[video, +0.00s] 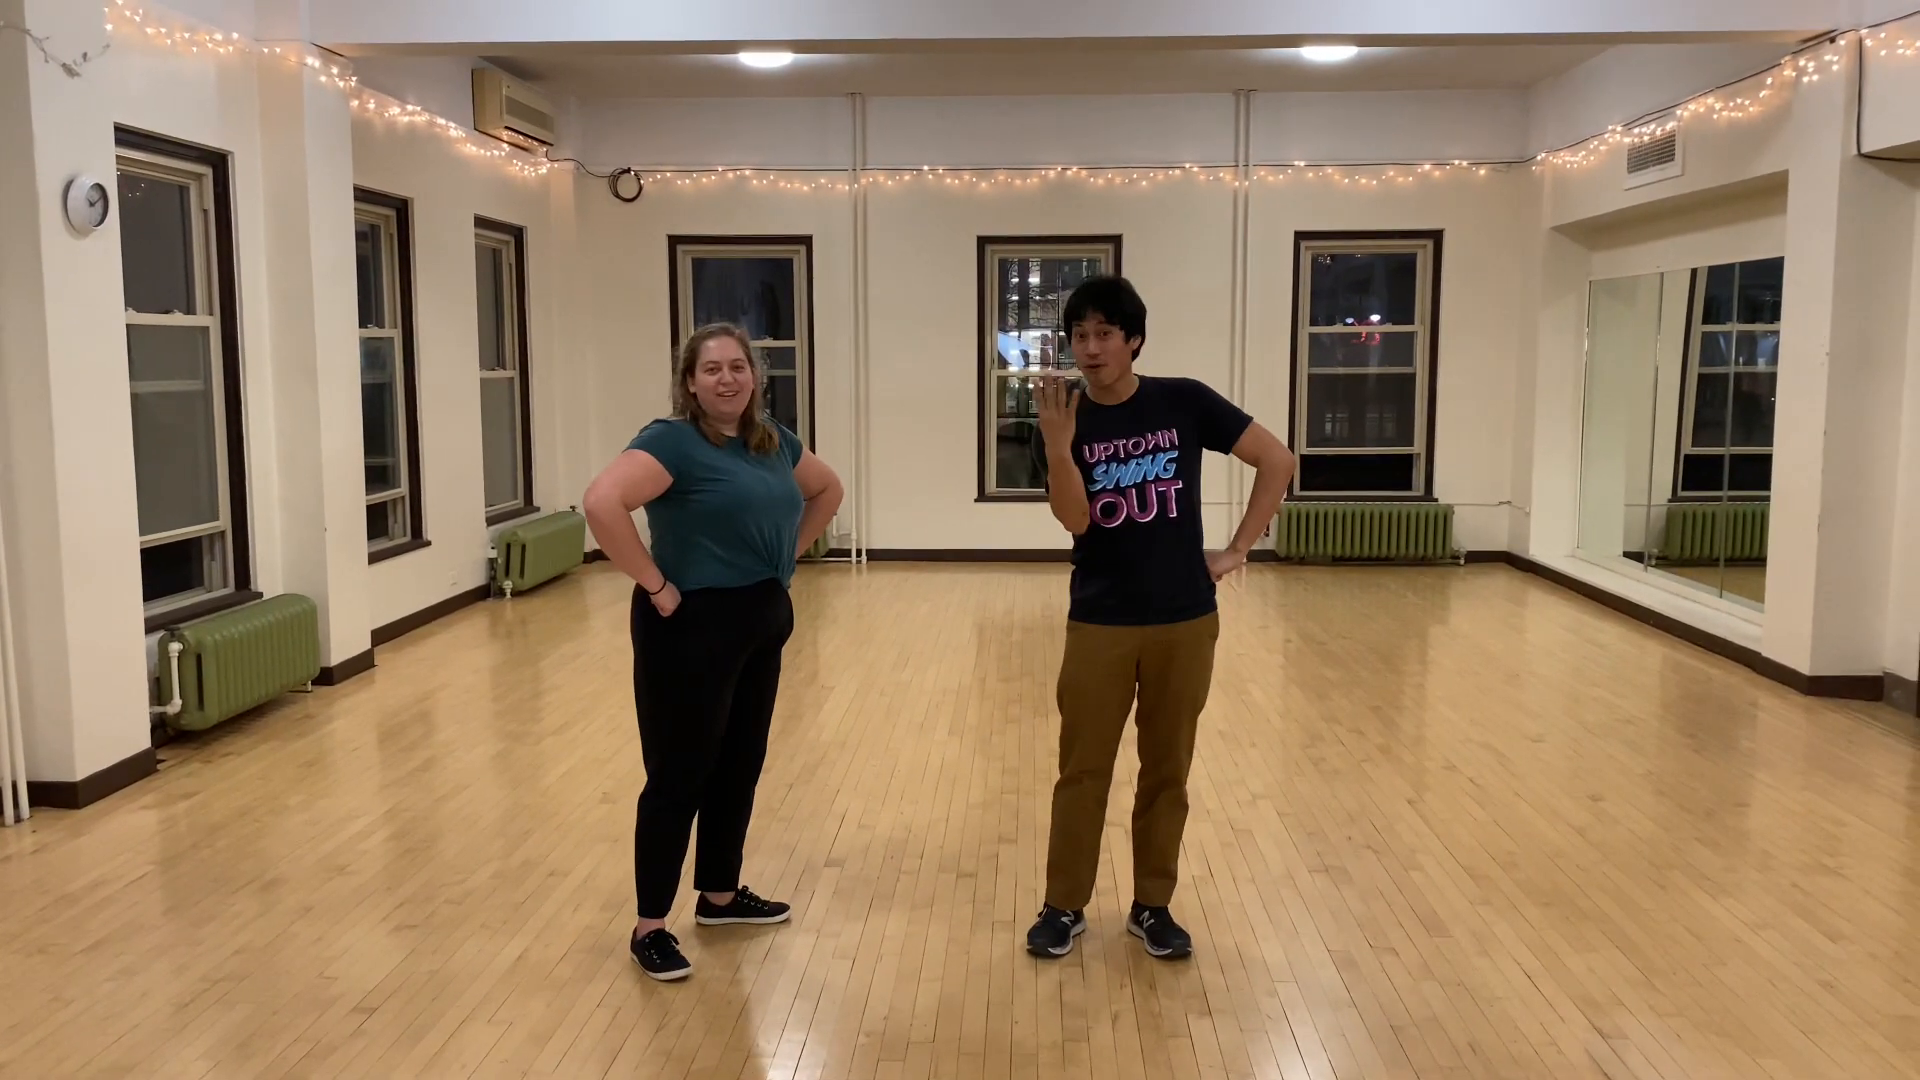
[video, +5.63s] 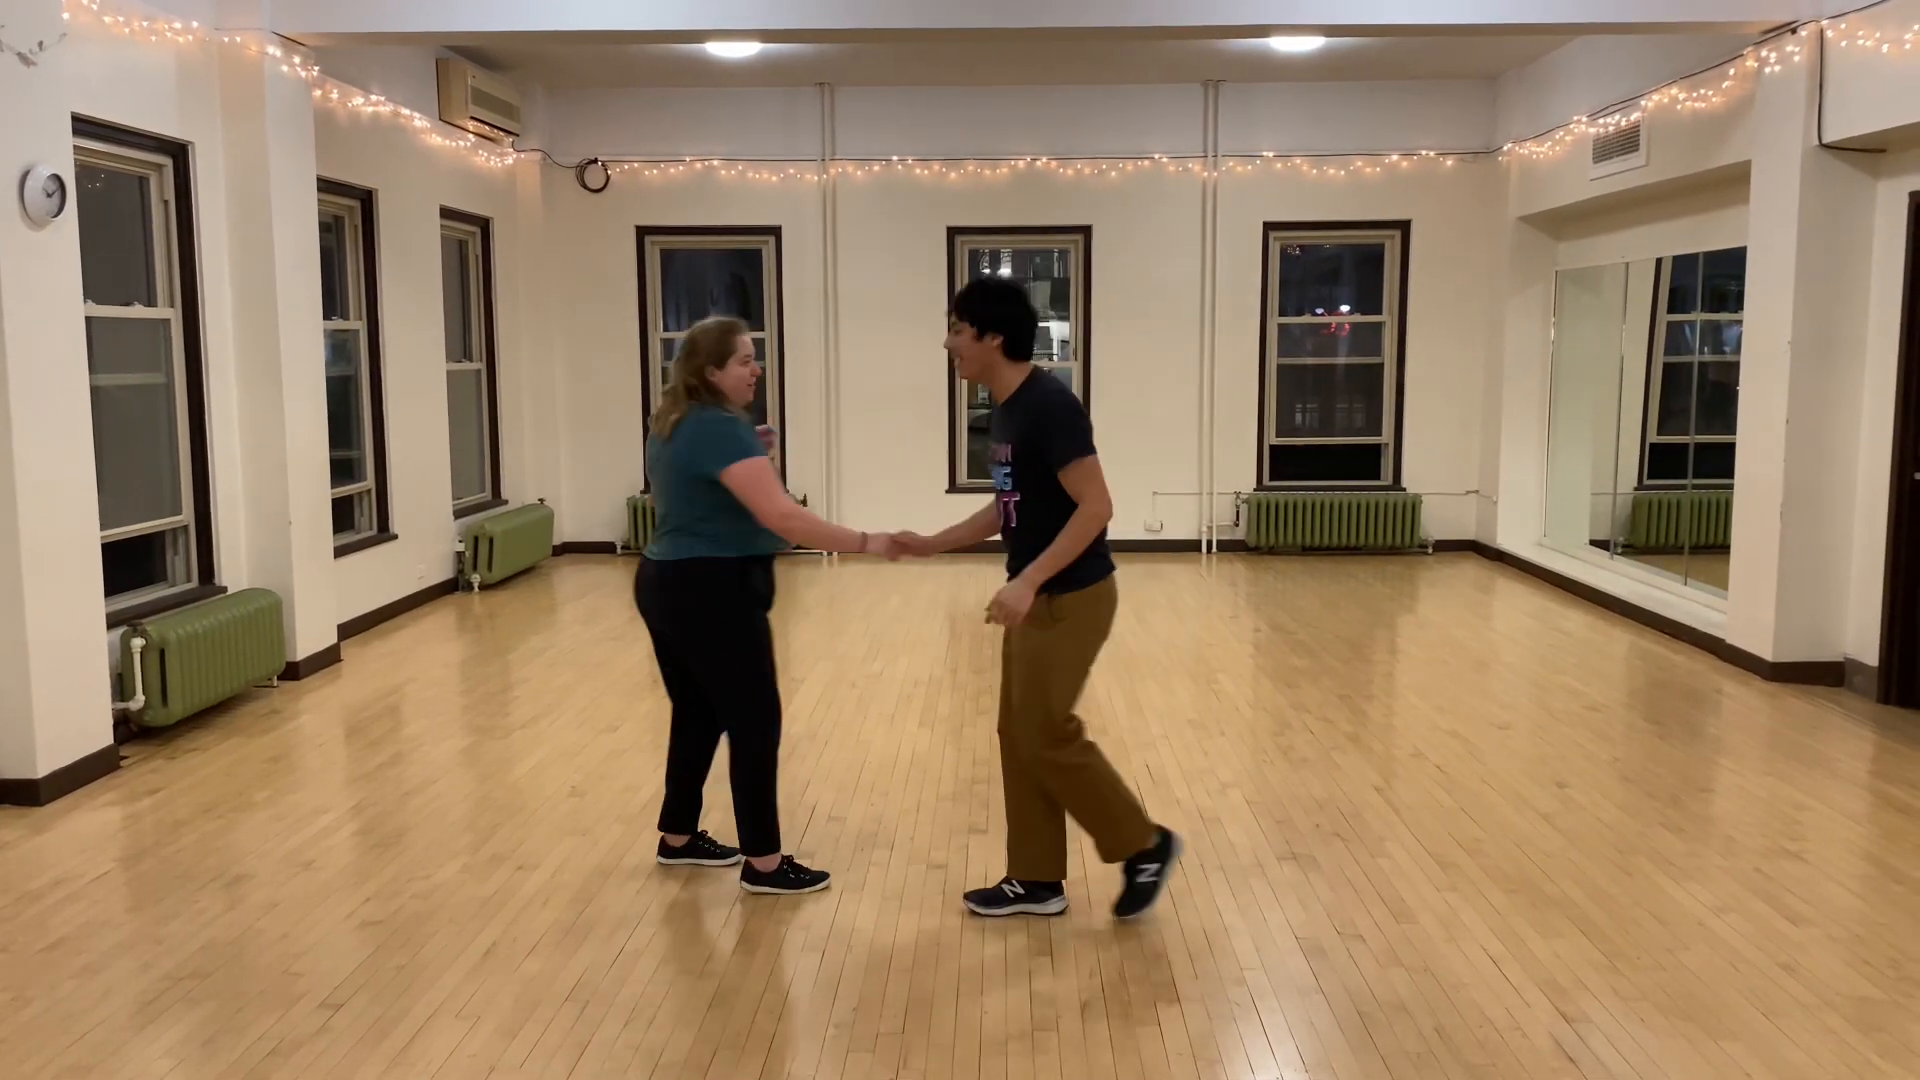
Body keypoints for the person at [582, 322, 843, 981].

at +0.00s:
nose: (728, 377)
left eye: (738, 366)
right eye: (713, 368)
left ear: (755, 377)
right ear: (691, 381)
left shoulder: (771, 442)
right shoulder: (673, 442)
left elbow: (828, 490)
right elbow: (602, 500)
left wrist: (786, 558)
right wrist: (655, 586)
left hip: (758, 621)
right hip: (687, 625)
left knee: (737, 767)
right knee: (677, 775)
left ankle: (719, 894)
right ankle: (650, 925)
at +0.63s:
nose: (774, 385)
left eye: (782, 373)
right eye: (759, 374)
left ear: (792, 380)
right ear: (731, 382)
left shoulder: (794, 443)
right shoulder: (701, 443)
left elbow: (830, 492)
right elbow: (643, 519)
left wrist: (818, 558)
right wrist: (724, 570)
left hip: (776, 614)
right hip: (708, 615)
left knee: (737, 754)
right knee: (753, 757)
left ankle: (711, 892)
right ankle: (745, 906)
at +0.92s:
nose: (791, 384)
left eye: (797, 373)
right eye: (777, 373)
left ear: (803, 379)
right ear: (742, 380)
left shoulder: (800, 445)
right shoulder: (715, 443)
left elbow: (804, 530)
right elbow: (704, 539)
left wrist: (847, 524)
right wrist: (806, 528)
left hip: (793, 615)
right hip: (732, 620)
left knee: (763, 758)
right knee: (763, 763)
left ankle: (718, 884)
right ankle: (767, 909)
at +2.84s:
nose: (827, 384)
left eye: (827, 372)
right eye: (820, 372)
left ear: (785, 373)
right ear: (787, 373)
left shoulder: (779, 433)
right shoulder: (764, 439)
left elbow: (782, 519)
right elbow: (802, 544)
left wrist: (836, 497)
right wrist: (877, 526)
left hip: (777, 609)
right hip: (748, 614)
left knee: (784, 745)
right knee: (755, 755)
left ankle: (790, 871)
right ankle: (764, 902)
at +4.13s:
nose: (801, 374)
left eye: (799, 363)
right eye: (795, 364)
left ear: (739, 368)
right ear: (766, 368)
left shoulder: (699, 425)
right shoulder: (781, 427)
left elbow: (713, 506)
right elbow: (829, 517)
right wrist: (903, 559)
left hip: (702, 584)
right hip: (770, 589)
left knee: (716, 719)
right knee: (769, 724)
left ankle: (722, 851)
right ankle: (772, 860)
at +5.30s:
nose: (790, 368)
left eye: (787, 357)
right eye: (782, 359)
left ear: (729, 368)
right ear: (752, 367)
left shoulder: (685, 427)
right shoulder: (780, 428)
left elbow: (669, 503)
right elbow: (857, 494)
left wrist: (731, 490)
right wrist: (919, 488)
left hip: (694, 587)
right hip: (769, 587)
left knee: (728, 717)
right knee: (767, 723)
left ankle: (713, 844)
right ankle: (762, 862)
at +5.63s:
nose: (756, 370)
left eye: (755, 359)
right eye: (746, 361)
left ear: (707, 373)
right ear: (712, 370)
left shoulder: (676, 423)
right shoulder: (719, 431)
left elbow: (690, 492)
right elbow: (783, 518)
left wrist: (748, 453)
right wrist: (862, 542)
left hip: (669, 584)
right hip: (715, 589)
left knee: (696, 711)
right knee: (755, 718)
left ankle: (676, 834)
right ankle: (764, 860)